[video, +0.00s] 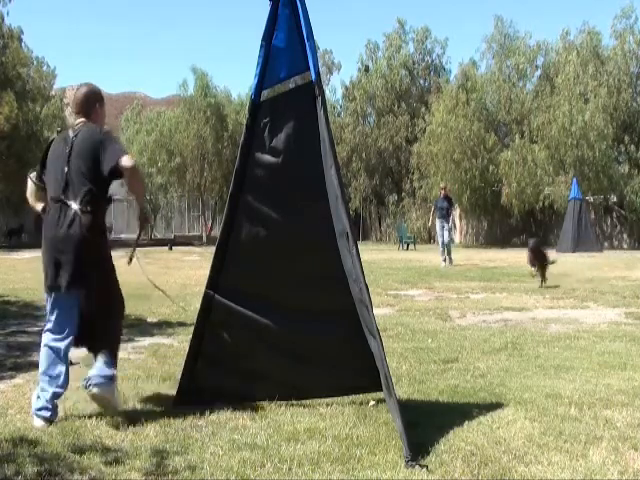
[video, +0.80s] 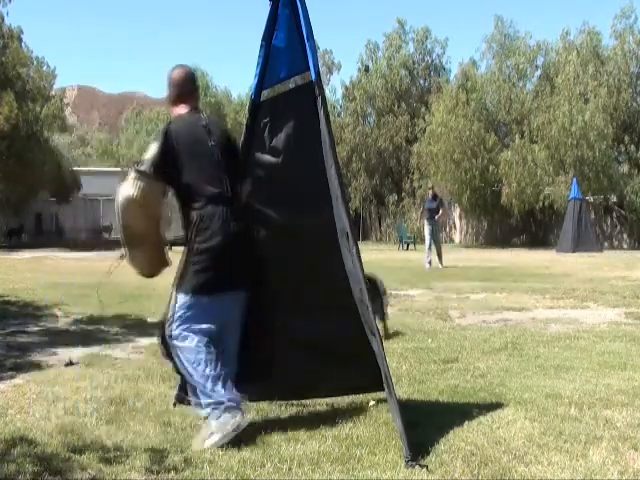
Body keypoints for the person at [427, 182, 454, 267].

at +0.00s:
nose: (443, 192)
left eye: (444, 190)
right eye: (442, 190)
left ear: (446, 191)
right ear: (440, 191)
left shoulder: (449, 200)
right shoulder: (437, 200)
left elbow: (452, 211)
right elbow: (432, 211)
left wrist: (451, 222)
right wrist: (430, 221)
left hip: (447, 220)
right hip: (439, 220)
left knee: (447, 240)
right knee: (441, 240)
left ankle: (449, 257)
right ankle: (443, 258)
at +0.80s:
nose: (431, 193)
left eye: (432, 191)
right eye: (429, 191)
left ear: (434, 191)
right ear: (428, 192)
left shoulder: (438, 200)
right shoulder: (426, 201)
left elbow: (441, 210)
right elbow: (422, 210)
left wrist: (438, 216)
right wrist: (420, 218)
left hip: (435, 221)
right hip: (427, 221)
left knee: (437, 242)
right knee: (428, 241)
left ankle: (440, 261)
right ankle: (428, 262)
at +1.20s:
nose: (424, 189)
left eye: (426, 187)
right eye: (423, 187)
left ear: (428, 187)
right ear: (421, 188)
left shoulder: (431, 197)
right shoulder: (418, 197)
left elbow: (436, 209)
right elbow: (414, 208)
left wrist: (437, 220)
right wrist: (415, 216)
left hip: (429, 220)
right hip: (421, 220)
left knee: (428, 240)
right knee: (423, 241)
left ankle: (427, 261)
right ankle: (425, 259)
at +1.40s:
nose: (422, 189)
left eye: (423, 187)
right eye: (420, 187)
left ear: (425, 188)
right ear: (418, 188)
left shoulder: (429, 199)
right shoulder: (415, 199)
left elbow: (433, 211)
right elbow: (413, 210)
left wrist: (435, 221)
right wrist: (413, 220)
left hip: (427, 222)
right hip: (418, 222)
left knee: (426, 244)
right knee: (418, 246)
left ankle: (427, 264)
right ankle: (422, 259)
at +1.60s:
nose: (417, 189)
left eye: (419, 187)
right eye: (416, 187)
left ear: (421, 187)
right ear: (414, 188)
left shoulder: (425, 198)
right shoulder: (412, 198)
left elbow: (427, 209)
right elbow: (409, 209)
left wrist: (426, 219)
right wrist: (408, 219)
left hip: (422, 221)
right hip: (413, 220)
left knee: (424, 243)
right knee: (413, 242)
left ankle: (426, 264)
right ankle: (412, 264)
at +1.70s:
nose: (413, 191)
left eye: (415, 188)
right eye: (412, 189)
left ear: (418, 189)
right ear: (410, 190)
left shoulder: (422, 198)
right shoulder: (408, 199)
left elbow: (425, 209)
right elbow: (405, 209)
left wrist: (421, 214)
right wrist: (402, 218)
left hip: (419, 222)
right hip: (410, 222)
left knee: (422, 244)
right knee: (411, 244)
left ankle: (425, 265)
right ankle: (411, 265)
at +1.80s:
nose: (410, 189)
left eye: (412, 187)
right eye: (409, 187)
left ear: (415, 188)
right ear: (407, 188)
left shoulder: (419, 198)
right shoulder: (405, 198)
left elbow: (423, 209)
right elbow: (401, 210)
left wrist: (418, 216)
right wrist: (398, 222)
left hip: (416, 222)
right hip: (407, 222)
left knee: (418, 243)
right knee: (409, 244)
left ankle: (424, 263)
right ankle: (411, 265)